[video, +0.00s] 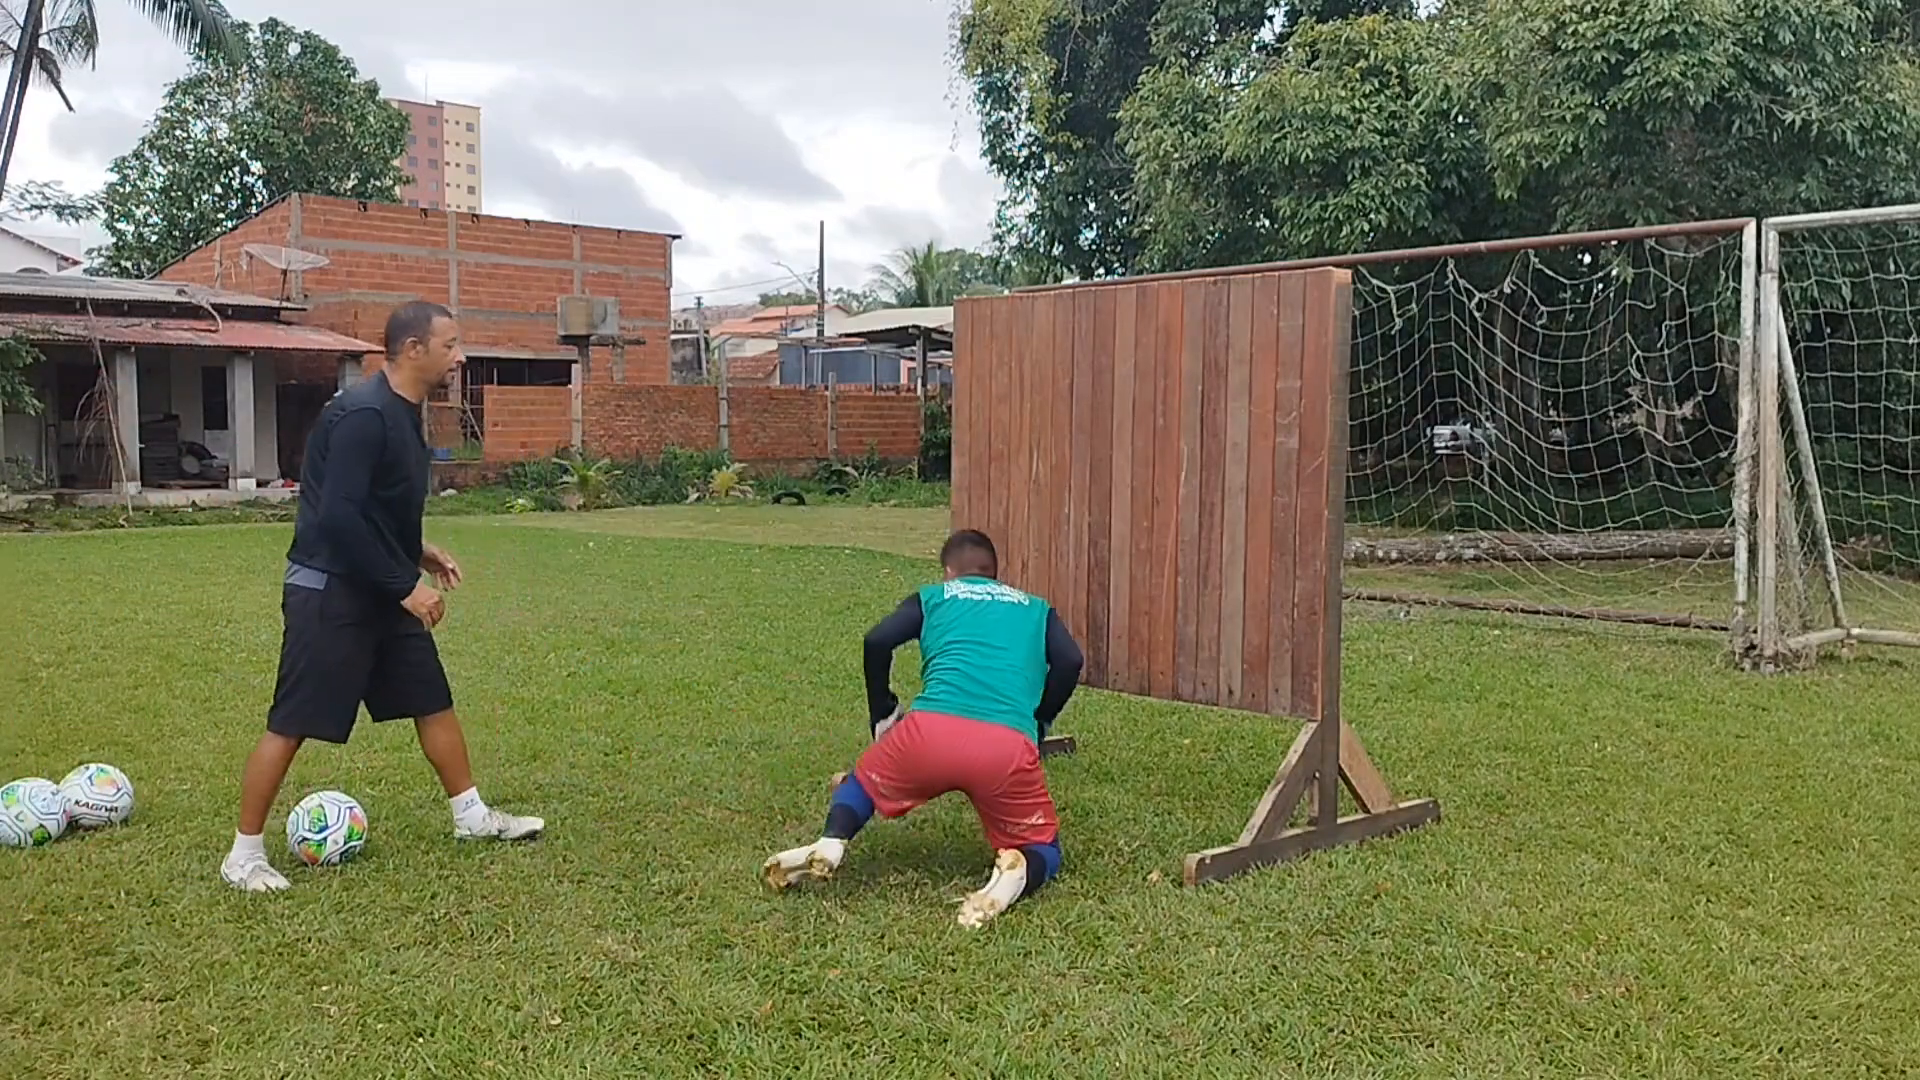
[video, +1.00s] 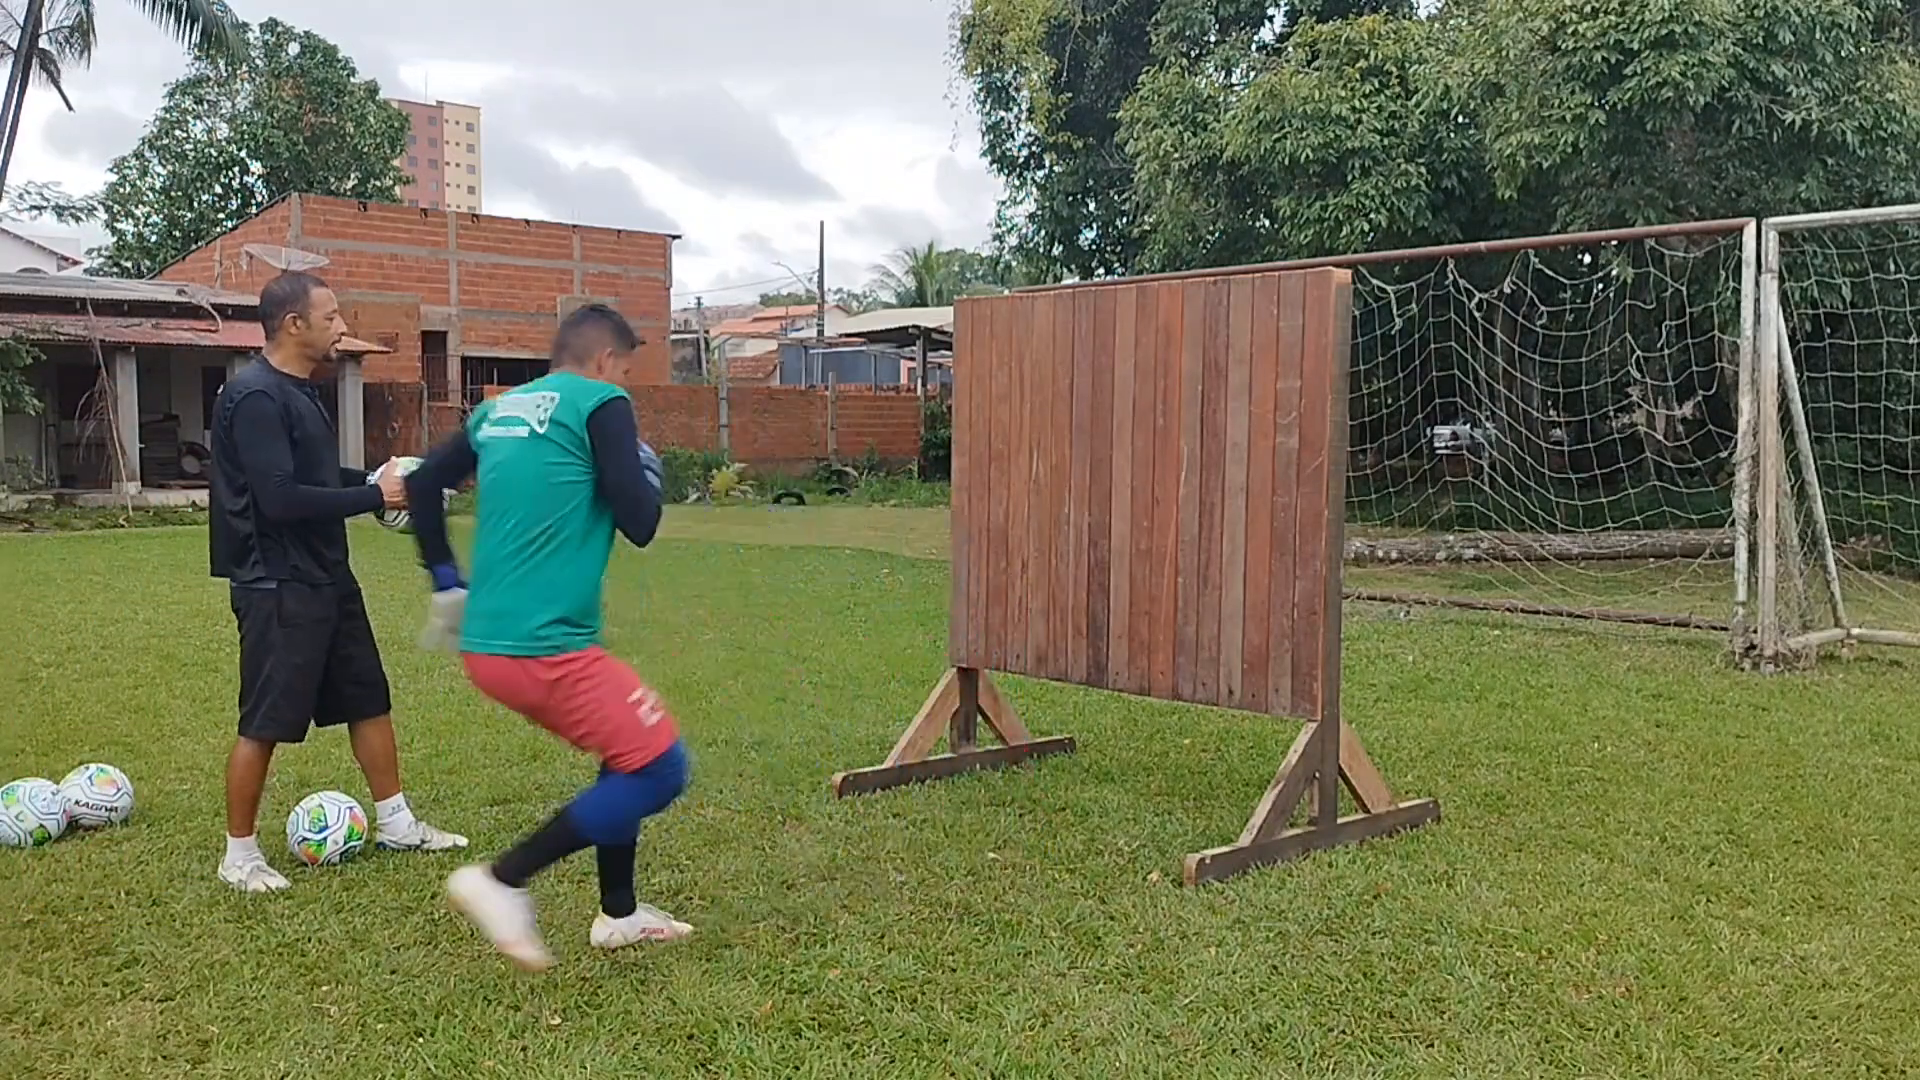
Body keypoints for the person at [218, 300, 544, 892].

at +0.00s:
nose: (457, 357)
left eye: (457, 346)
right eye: (449, 346)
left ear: (417, 350)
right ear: (413, 349)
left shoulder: (403, 413)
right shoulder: (362, 416)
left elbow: (375, 504)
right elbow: (339, 517)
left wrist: (419, 548)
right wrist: (405, 587)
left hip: (380, 593)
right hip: (327, 593)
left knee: (431, 699)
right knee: (290, 721)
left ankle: (472, 817)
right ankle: (244, 854)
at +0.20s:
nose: (397, 335)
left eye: (394, 323)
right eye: (387, 324)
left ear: (351, 333)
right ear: (349, 332)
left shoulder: (348, 397)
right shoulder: (305, 401)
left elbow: (346, 491)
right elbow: (297, 506)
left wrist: (400, 516)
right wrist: (390, 545)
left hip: (355, 582)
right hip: (297, 588)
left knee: (412, 685)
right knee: (271, 723)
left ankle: (413, 818)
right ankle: (242, 856)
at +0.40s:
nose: (361, 326)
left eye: (357, 313)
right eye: (350, 314)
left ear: (313, 327)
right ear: (314, 326)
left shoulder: (316, 393)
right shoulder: (279, 400)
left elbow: (347, 470)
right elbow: (320, 496)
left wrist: (424, 461)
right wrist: (414, 467)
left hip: (341, 582)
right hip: (291, 587)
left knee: (389, 695)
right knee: (274, 719)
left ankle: (399, 824)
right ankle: (241, 857)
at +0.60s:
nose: (344, 323)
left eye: (341, 311)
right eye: (333, 312)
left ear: (296, 321)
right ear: (296, 322)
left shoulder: (304, 386)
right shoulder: (269, 390)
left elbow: (344, 459)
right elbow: (342, 466)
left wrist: (419, 433)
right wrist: (424, 425)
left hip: (333, 576)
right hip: (284, 581)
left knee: (373, 697)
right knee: (271, 718)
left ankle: (396, 823)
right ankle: (241, 856)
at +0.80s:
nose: (342, 325)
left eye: (338, 313)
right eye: (331, 314)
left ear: (291, 324)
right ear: (293, 324)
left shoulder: (293, 387)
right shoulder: (270, 395)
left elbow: (319, 482)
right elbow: (309, 490)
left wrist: (386, 470)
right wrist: (385, 468)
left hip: (325, 581)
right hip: (283, 586)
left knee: (364, 701)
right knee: (269, 722)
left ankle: (395, 824)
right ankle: (241, 856)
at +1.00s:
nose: (342, 327)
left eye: (339, 315)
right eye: (331, 316)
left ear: (295, 326)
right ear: (291, 325)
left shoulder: (301, 392)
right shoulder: (255, 397)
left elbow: (316, 481)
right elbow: (278, 499)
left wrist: (376, 481)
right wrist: (374, 496)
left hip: (328, 580)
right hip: (277, 586)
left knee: (367, 699)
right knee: (264, 722)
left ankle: (396, 825)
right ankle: (240, 855)